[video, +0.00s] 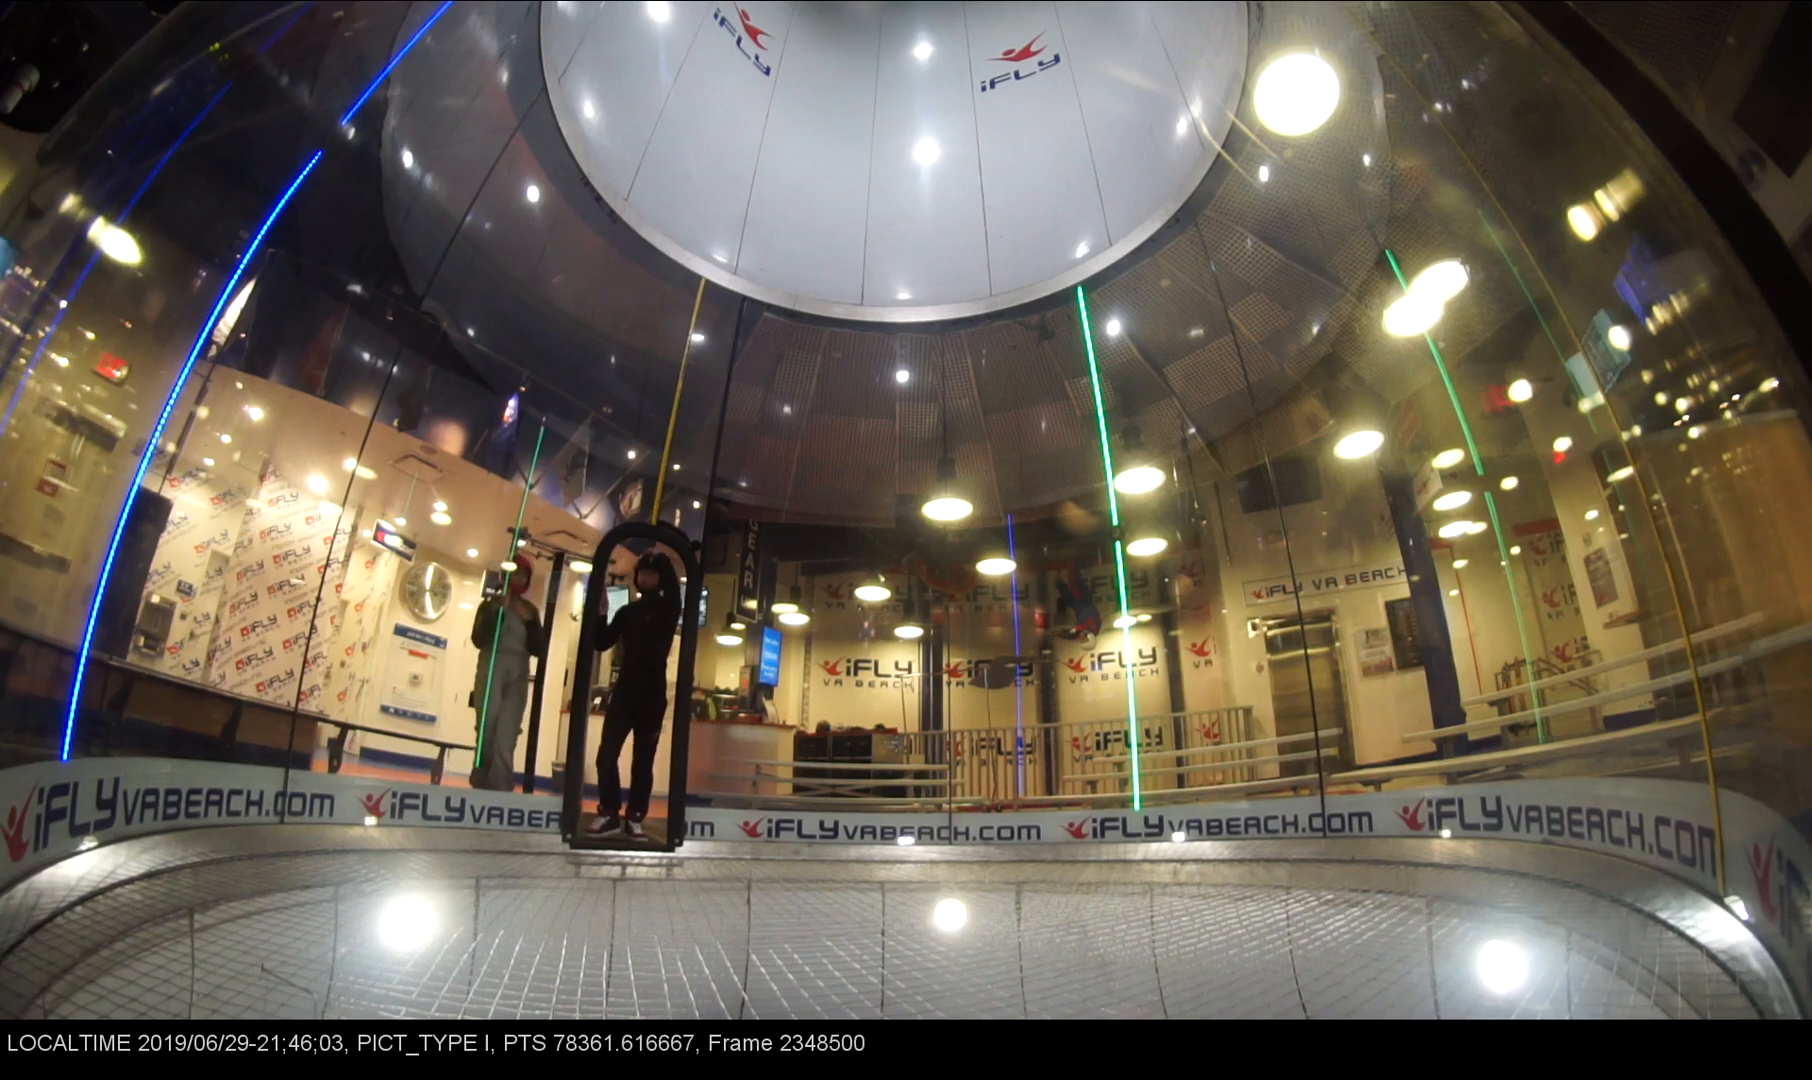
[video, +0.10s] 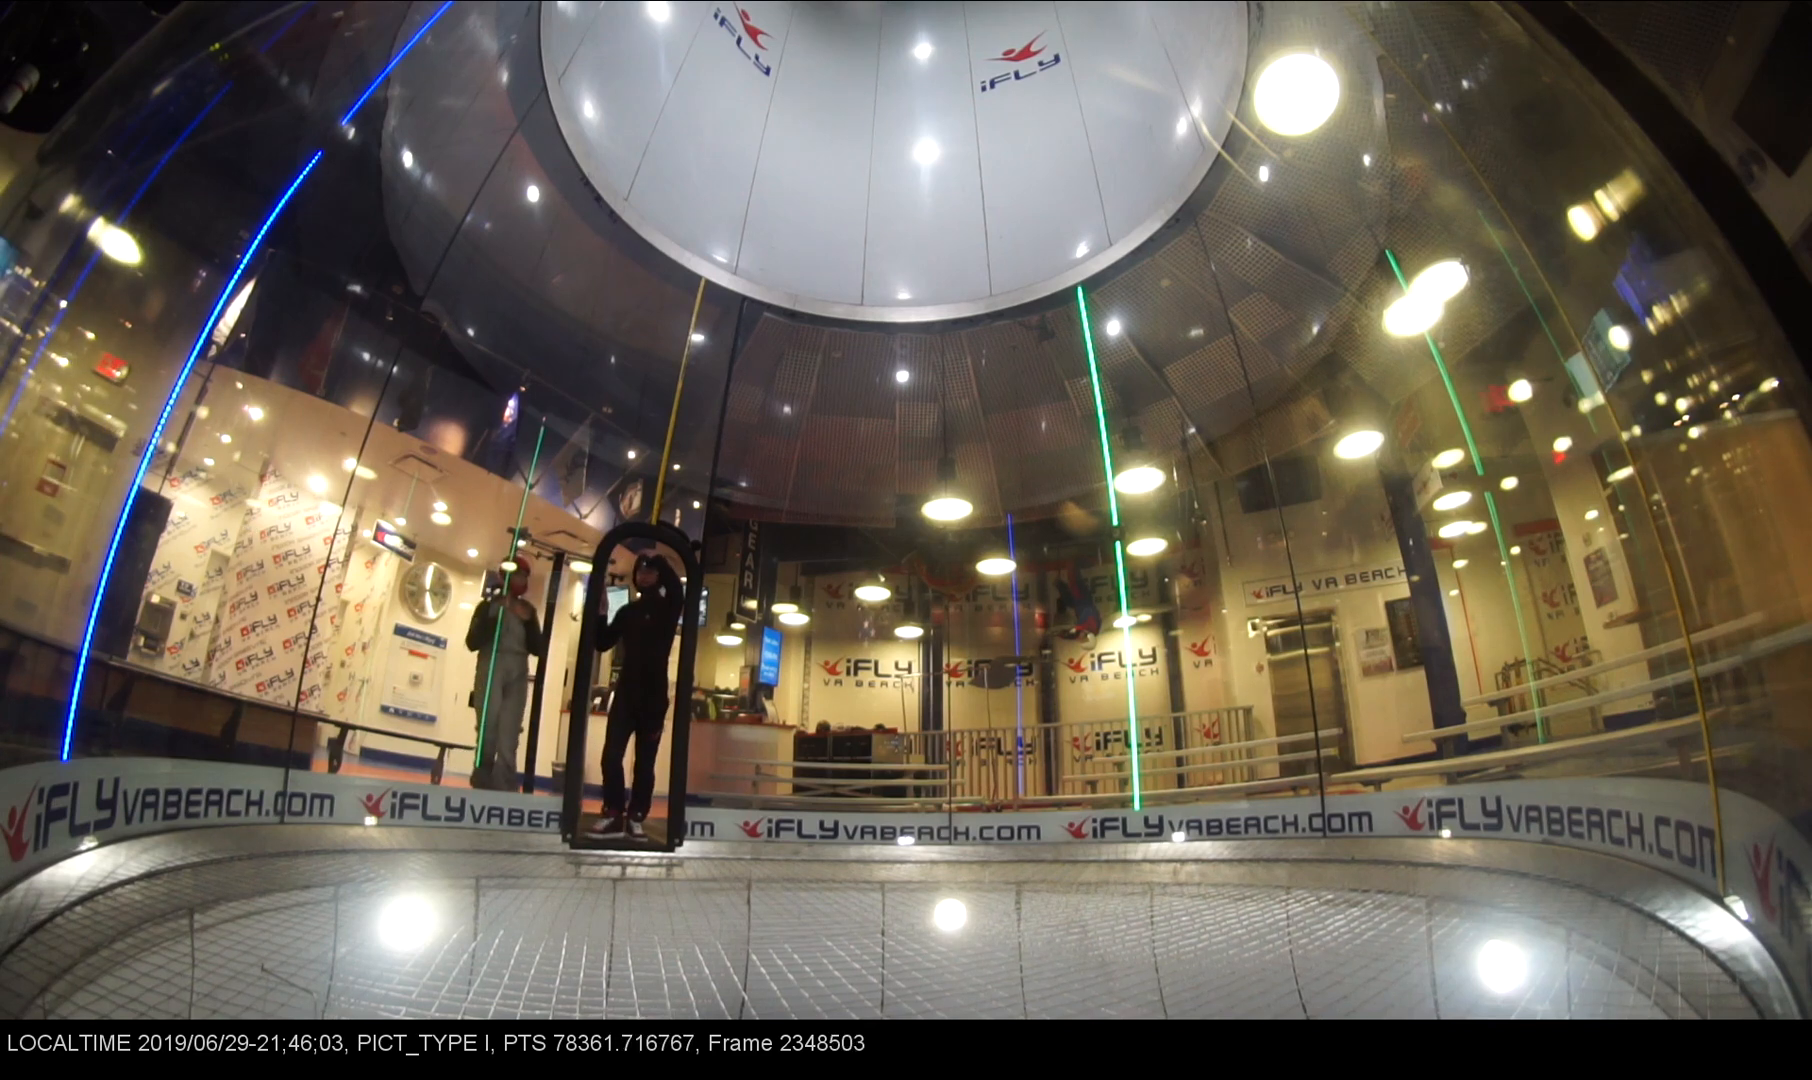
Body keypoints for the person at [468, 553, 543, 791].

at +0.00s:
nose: (518, 578)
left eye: (523, 574)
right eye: (515, 572)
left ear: (528, 581)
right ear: (506, 574)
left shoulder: (530, 610)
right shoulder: (490, 605)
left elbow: (538, 648)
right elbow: (479, 640)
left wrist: (531, 621)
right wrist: (495, 611)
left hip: (518, 671)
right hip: (490, 667)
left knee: (508, 729)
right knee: (487, 725)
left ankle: (501, 785)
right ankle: (481, 780)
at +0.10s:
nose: (522, 582)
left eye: (525, 577)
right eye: (518, 576)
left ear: (527, 581)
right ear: (506, 578)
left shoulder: (528, 611)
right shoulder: (488, 606)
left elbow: (537, 648)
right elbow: (472, 642)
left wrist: (530, 620)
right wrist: (491, 617)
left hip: (517, 674)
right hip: (490, 670)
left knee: (509, 732)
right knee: (488, 728)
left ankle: (505, 786)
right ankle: (482, 781)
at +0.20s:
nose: (524, 584)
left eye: (525, 579)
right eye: (520, 578)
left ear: (525, 581)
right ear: (506, 578)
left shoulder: (526, 611)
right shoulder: (487, 607)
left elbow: (536, 648)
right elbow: (467, 642)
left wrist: (530, 621)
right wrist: (488, 628)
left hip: (517, 674)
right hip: (490, 670)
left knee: (512, 730)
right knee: (489, 727)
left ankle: (510, 784)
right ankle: (482, 781)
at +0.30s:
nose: (525, 584)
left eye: (526, 579)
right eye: (520, 578)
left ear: (525, 582)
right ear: (506, 579)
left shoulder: (526, 611)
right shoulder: (487, 607)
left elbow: (537, 649)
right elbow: (465, 641)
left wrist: (529, 621)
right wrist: (488, 631)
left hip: (518, 673)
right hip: (491, 669)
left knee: (515, 733)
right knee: (489, 729)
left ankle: (518, 791)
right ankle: (482, 786)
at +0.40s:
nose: (525, 584)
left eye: (527, 579)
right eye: (521, 578)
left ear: (527, 583)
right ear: (507, 579)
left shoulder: (526, 611)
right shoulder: (489, 607)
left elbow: (538, 648)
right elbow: (465, 640)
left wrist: (531, 620)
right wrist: (488, 640)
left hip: (519, 672)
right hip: (492, 668)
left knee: (520, 732)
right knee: (490, 728)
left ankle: (525, 790)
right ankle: (482, 784)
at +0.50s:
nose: (526, 585)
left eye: (528, 580)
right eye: (522, 579)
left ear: (530, 583)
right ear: (510, 580)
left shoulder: (528, 613)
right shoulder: (491, 607)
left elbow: (540, 648)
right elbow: (467, 640)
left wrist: (532, 620)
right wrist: (495, 642)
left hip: (520, 675)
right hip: (494, 671)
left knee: (523, 730)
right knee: (491, 727)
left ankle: (528, 786)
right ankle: (482, 782)